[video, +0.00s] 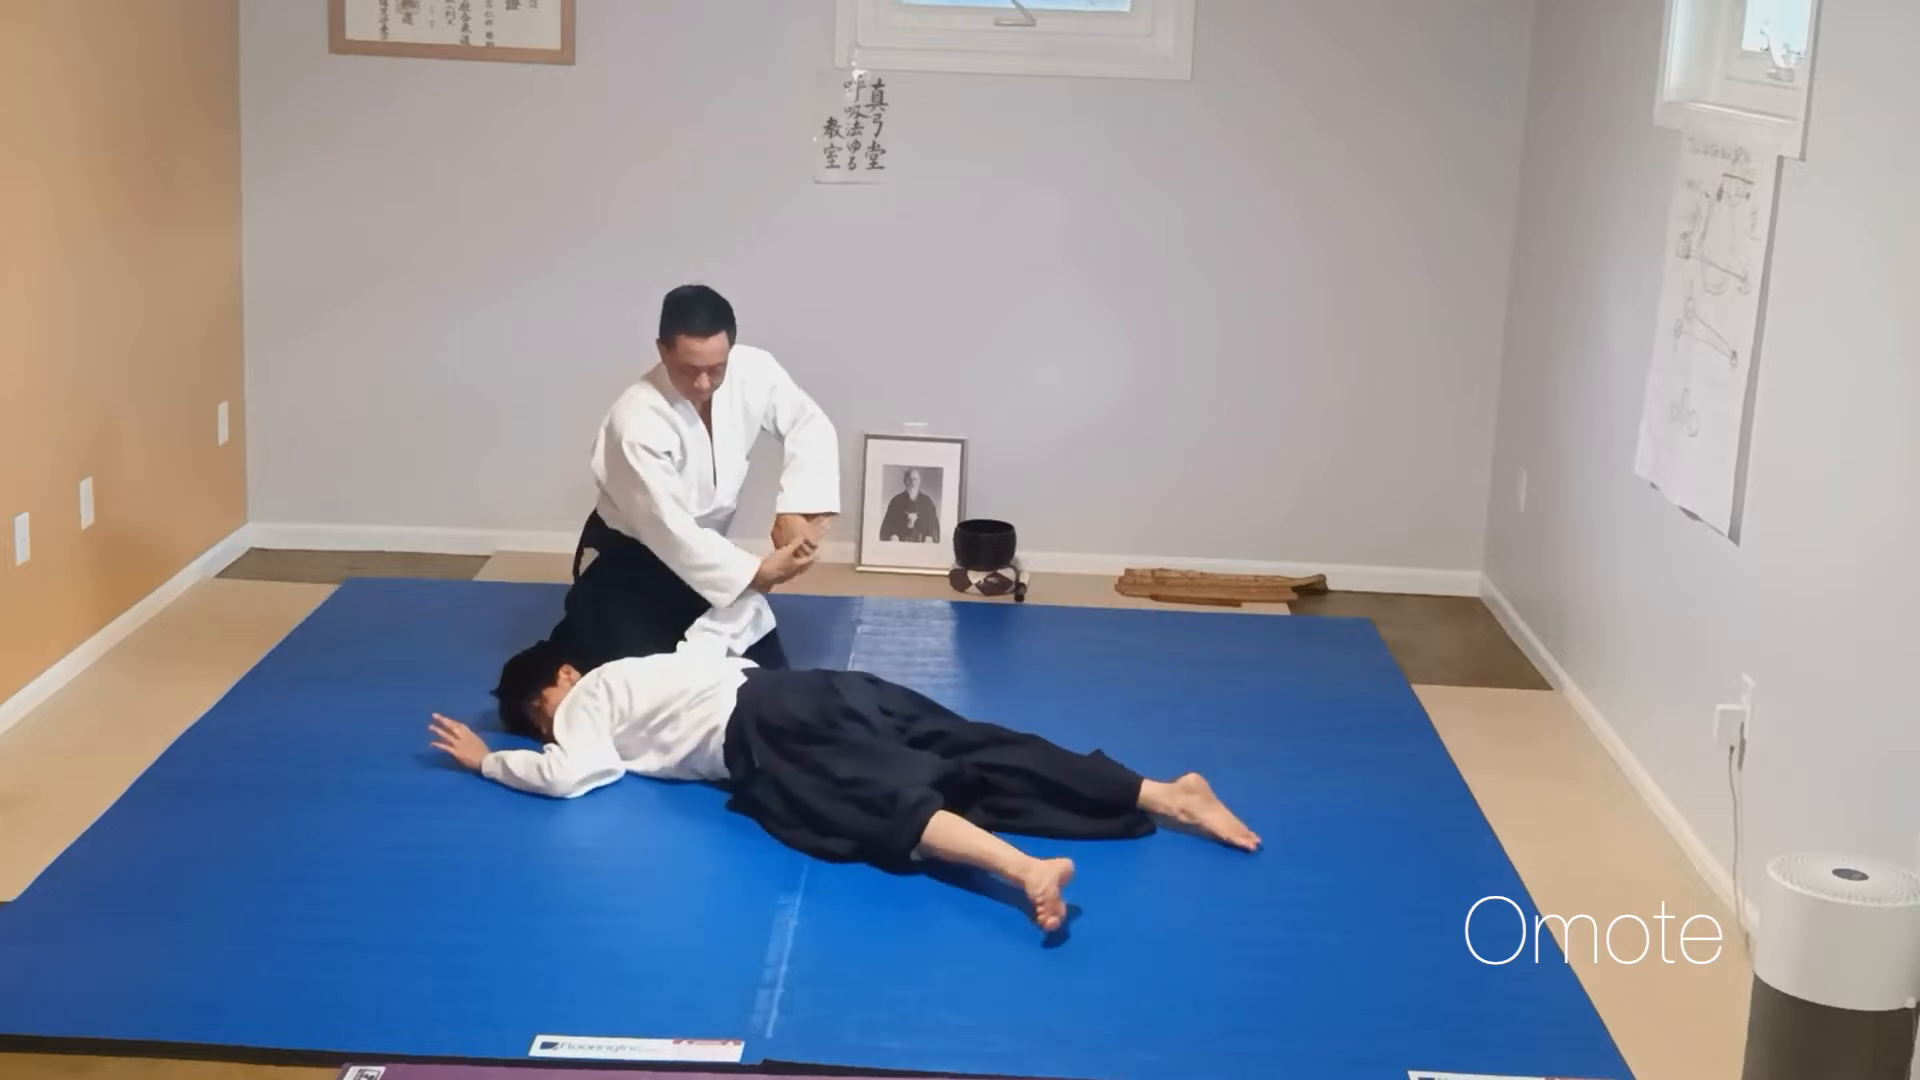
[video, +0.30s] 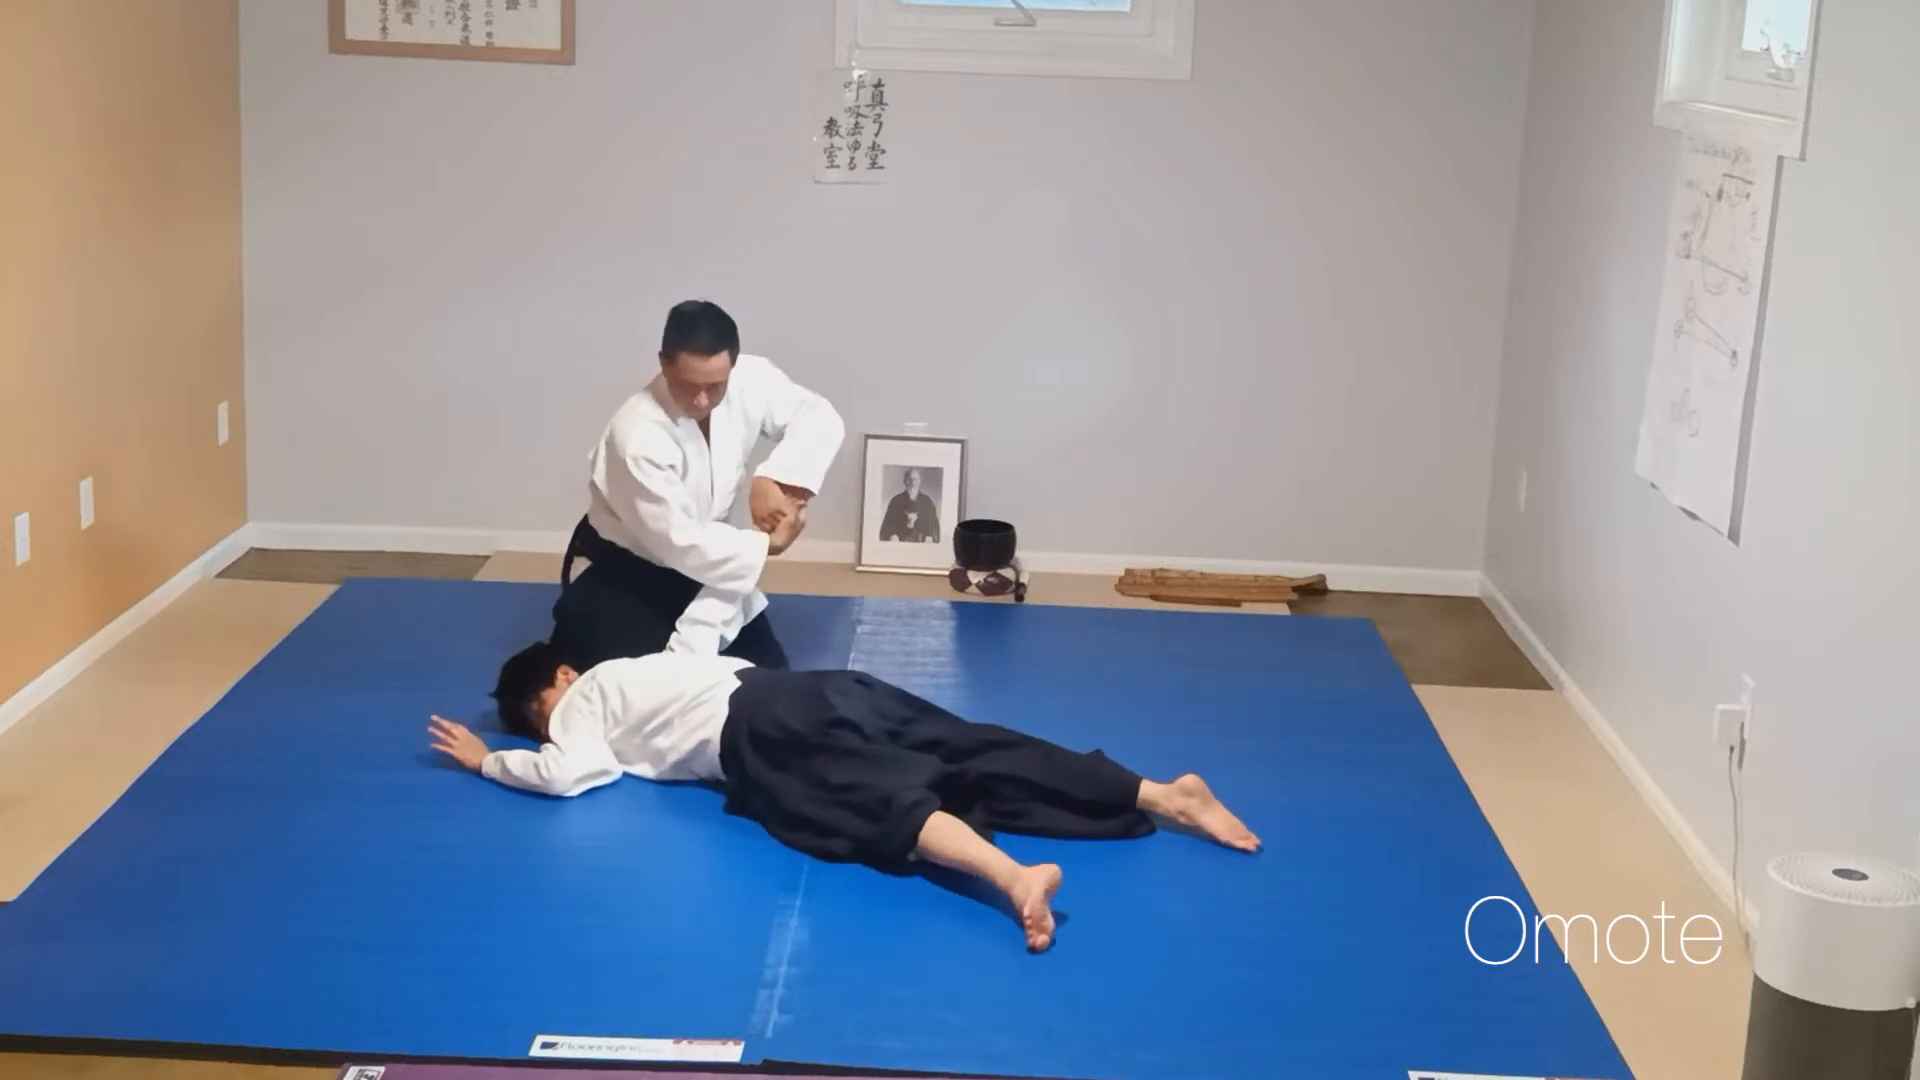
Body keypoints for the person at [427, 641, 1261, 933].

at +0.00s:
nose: (543, 729)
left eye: (536, 714)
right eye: (539, 716)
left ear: (557, 686)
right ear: (577, 669)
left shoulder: (585, 701)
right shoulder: (667, 658)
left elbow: (567, 777)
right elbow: (731, 628)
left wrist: (484, 759)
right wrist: (766, 577)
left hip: (769, 727)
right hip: (821, 682)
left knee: (876, 805)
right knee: (974, 746)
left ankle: (1020, 867)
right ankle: (1171, 794)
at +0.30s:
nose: (544, 722)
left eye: (535, 710)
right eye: (540, 712)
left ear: (558, 685)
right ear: (576, 668)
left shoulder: (583, 699)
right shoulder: (659, 662)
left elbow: (571, 771)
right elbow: (727, 645)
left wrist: (484, 760)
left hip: (762, 732)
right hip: (811, 684)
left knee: (880, 808)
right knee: (966, 747)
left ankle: (1011, 878)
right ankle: (1163, 797)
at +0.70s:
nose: (544, 725)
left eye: (534, 714)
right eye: (540, 714)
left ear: (547, 693)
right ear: (570, 662)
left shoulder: (574, 711)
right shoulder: (650, 654)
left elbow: (561, 778)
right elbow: (693, 586)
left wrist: (488, 761)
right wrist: (722, 506)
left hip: (747, 739)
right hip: (793, 690)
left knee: (889, 804)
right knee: (958, 749)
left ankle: (1043, 843)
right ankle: (1160, 799)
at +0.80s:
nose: (535, 724)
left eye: (528, 712)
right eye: (534, 710)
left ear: (545, 694)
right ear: (569, 670)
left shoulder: (573, 709)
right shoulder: (651, 651)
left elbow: (557, 778)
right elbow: (689, 591)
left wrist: (485, 757)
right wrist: (717, 511)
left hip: (745, 736)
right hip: (800, 688)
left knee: (890, 801)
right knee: (962, 746)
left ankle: (1036, 846)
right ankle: (1159, 795)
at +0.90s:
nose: (531, 719)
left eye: (524, 708)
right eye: (530, 707)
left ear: (539, 693)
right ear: (570, 668)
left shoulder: (569, 702)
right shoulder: (644, 656)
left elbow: (559, 779)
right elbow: (706, 636)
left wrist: (486, 759)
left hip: (749, 738)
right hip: (805, 687)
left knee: (888, 807)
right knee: (964, 748)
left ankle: (1031, 852)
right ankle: (1160, 796)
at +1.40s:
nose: (538, 723)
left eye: (530, 711)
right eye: (534, 709)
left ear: (548, 690)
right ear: (572, 666)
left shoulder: (579, 704)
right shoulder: (645, 648)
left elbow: (555, 777)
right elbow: (688, 625)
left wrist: (487, 756)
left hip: (745, 735)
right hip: (795, 688)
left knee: (882, 801)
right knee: (956, 745)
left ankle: (1029, 853)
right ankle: (1155, 796)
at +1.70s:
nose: (536, 721)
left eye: (527, 709)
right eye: (532, 710)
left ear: (549, 688)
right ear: (574, 661)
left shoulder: (576, 698)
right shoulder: (648, 658)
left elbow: (556, 777)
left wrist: (496, 759)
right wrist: (559, 726)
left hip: (752, 739)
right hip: (801, 688)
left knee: (885, 806)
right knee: (961, 747)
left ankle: (1024, 858)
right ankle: (1158, 797)